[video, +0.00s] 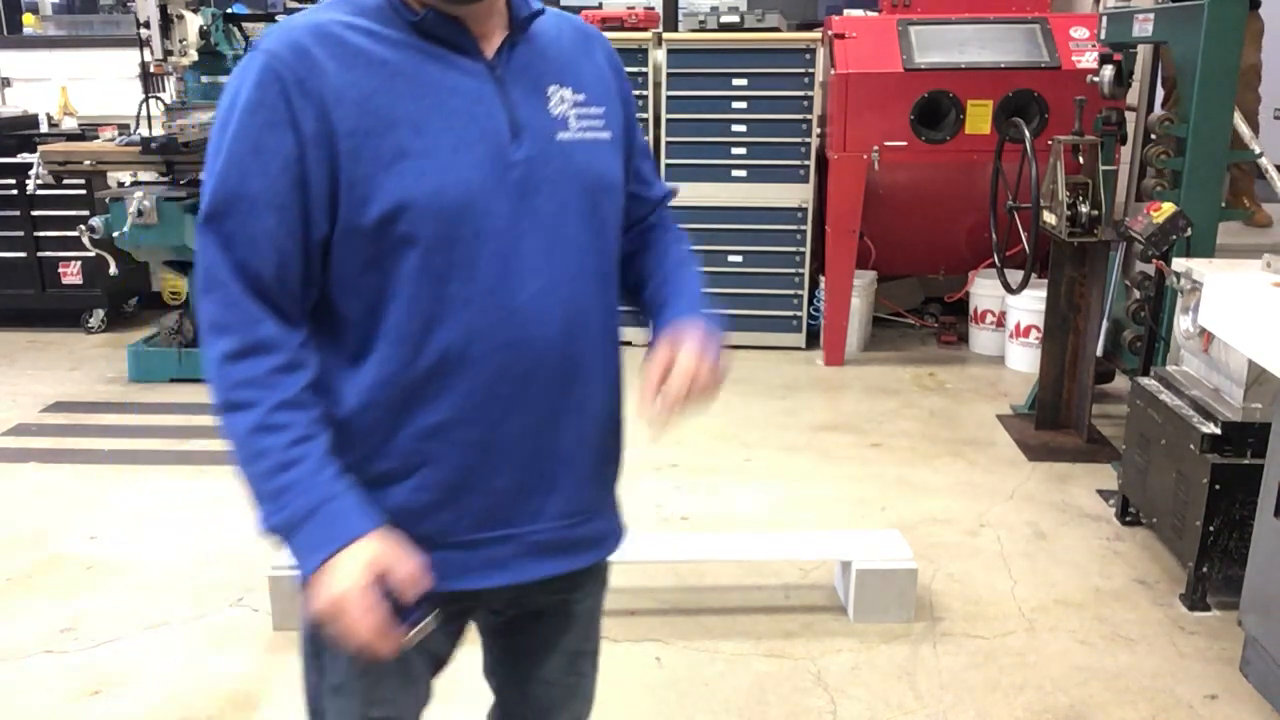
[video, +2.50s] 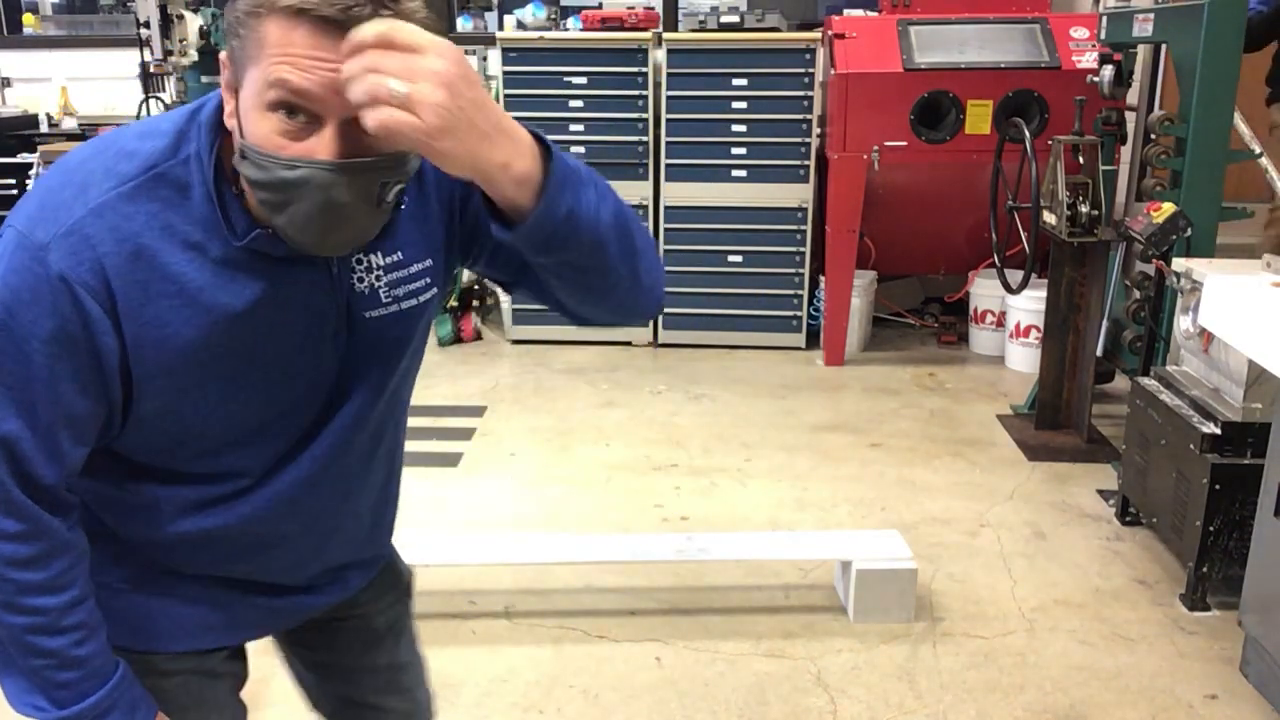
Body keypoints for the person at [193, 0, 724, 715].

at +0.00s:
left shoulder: (583, 57)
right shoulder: (297, 72)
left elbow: (645, 221)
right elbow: (245, 335)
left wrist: (683, 311)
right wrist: (328, 531)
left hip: (561, 524)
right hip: (382, 543)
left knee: (550, 709)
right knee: (365, 711)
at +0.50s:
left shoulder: (639, 37)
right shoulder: (373, 59)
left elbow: (797, 46)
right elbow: (344, 310)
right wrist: (472, 493)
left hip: (599, 498)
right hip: (438, 515)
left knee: (563, 708)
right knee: (457, 710)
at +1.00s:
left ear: (554, 4)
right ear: (431, 3)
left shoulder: (610, 87)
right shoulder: (311, 91)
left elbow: (650, 253)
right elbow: (251, 320)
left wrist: (617, 366)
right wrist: (432, 452)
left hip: (536, 509)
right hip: (354, 507)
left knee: (534, 710)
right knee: (348, 710)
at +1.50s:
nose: (322, 22)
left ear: (418, 6)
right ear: (239, 0)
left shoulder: (437, 101)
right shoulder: (114, 152)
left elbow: (468, 270)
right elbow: (61, 443)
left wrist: (483, 410)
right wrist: (307, 570)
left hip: (367, 562)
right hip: (175, 581)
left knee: (395, 709)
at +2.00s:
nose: (300, 92)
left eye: (340, 52)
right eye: (262, 51)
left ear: (396, 39)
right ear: (203, 37)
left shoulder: (418, 125)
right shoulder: (64, 215)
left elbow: (468, 290)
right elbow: (15, 502)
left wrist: (555, 441)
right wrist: (168, 688)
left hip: (326, 570)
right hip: (149, 610)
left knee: (348, 708)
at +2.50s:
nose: (330, 161)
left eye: (368, 122)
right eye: (293, 114)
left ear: (411, 110)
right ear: (228, 89)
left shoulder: (433, 178)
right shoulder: (70, 249)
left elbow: (632, 294)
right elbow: (18, 520)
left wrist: (508, 156)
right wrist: (103, 707)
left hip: (339, 549)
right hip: (154, 580)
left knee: (396, 710)